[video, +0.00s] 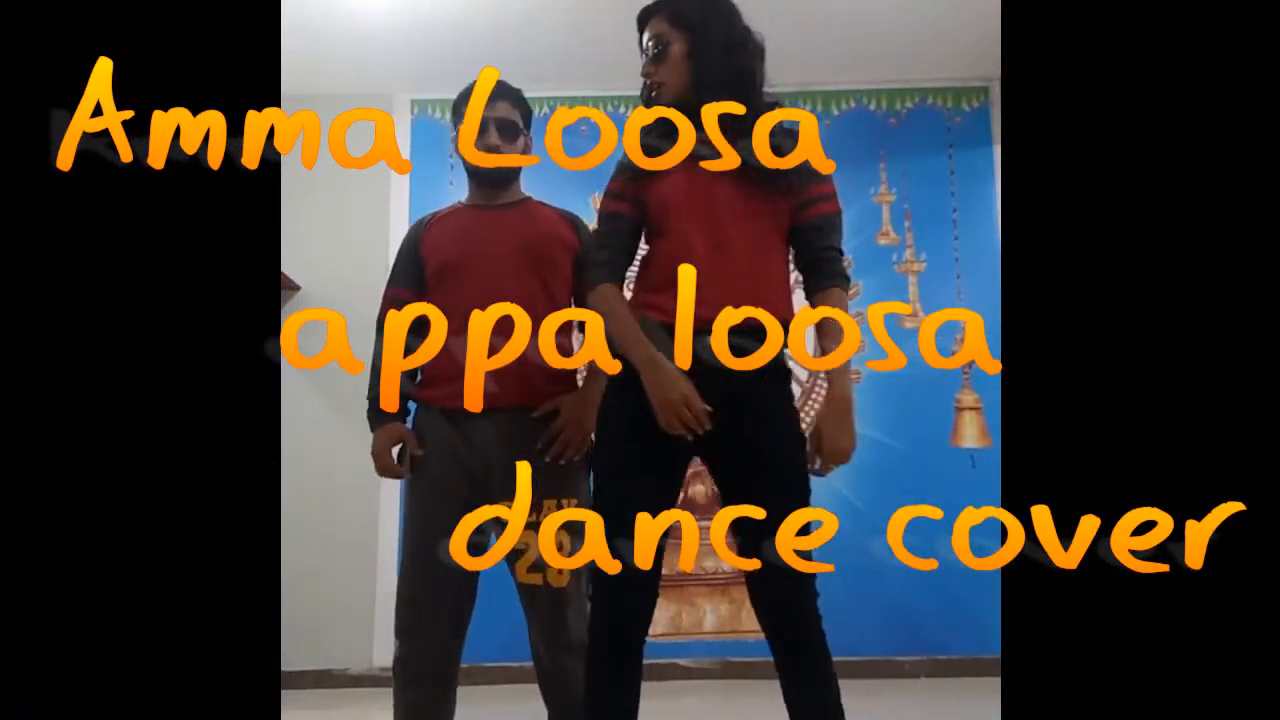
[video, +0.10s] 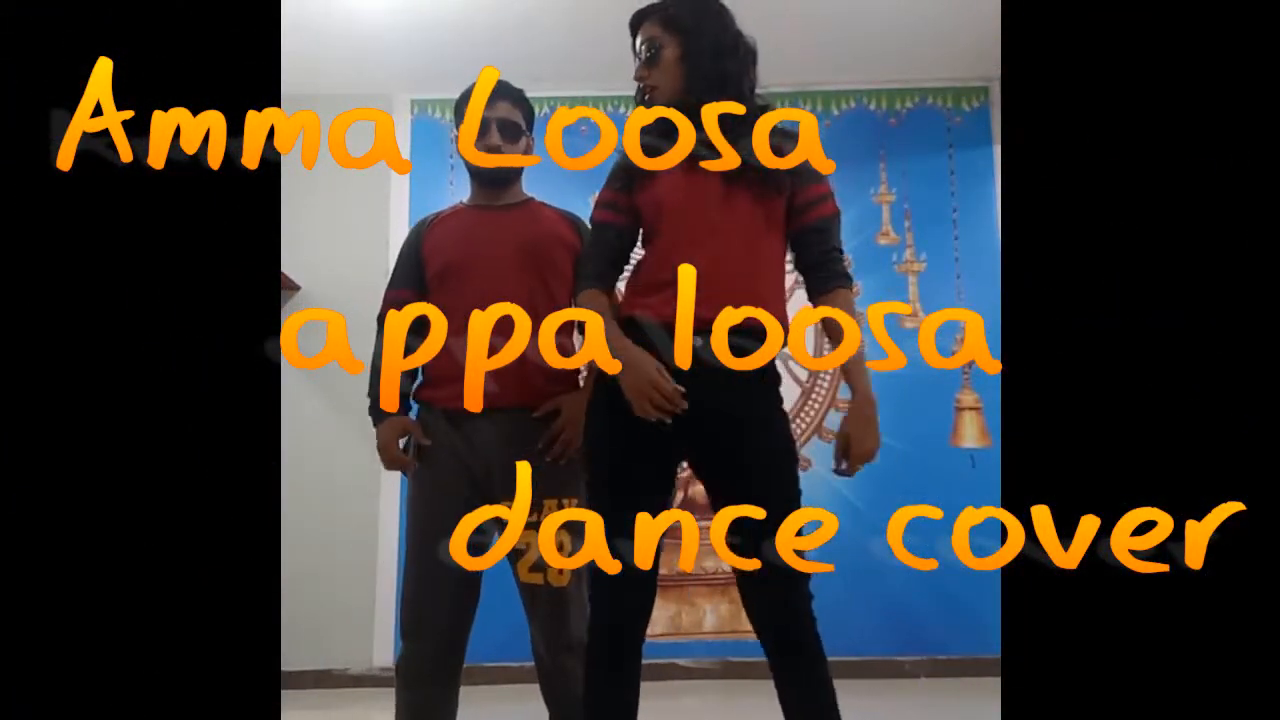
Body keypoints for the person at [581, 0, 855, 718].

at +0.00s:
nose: (646, 69)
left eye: (660, 50)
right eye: (645, 55)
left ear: (714, 51)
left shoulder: (784, 142)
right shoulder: (650, 146)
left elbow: (826, 272)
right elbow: (600, 269)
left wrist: (838, 395)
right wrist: (652, 368)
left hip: (754, 388)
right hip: (649, 382)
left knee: (787, 600)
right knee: (620, 599)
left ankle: (822, 719)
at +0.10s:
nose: (638, 73)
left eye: (651, 53)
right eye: (637, 58)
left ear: (705, 53)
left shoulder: (781, 147)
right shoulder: (641, 154)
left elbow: (827, 272)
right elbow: (591, 279)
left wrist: (862, 397)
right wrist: (619, 356)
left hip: (743, 387)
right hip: (637, 381)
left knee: (781, 600)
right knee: (619, 599)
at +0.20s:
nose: (636, 74)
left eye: (648, 54)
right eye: (634, 59)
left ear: (700, 50)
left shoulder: (778, 143)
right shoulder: (641, 152)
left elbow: (820, 271)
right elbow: (596, 272)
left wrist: (873, 384)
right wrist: (602, 340)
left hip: (741, 385)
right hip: (635, 381)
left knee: (786, 596)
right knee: (617, 598)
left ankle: (822, 717)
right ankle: (605, 718)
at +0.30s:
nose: (633, 66)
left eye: (649, 46)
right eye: (632, 51)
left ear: (705, 47)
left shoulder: (777, 140)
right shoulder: (635, 149)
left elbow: (816, 274)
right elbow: (607, 275)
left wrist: (893, 361)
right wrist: (587, 377)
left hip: (754, 387)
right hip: (646, 387)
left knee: (812, 593)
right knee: (627, 599)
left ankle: (837, 718)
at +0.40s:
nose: (635, 61)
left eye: (653, 42)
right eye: (634, 46)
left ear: (709, 47)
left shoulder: (778, 137)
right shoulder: (636, 148)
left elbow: (820, 272)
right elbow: (615, 285)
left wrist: (909, 347)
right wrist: (582, 301)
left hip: (765, 387)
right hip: (658, 388)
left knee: (818, 599)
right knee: (636, 602)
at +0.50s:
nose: (655, 56)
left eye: (673, 36)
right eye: (645, 46)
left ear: (721, 40)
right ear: (640, 65)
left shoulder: (782, 135)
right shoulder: (645, 148)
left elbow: (835, 271)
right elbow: (627, 301)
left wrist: (949, 289)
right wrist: (570, 276)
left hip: (787, 388)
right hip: (679, 389)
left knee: (821, 603)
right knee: (651, 604)